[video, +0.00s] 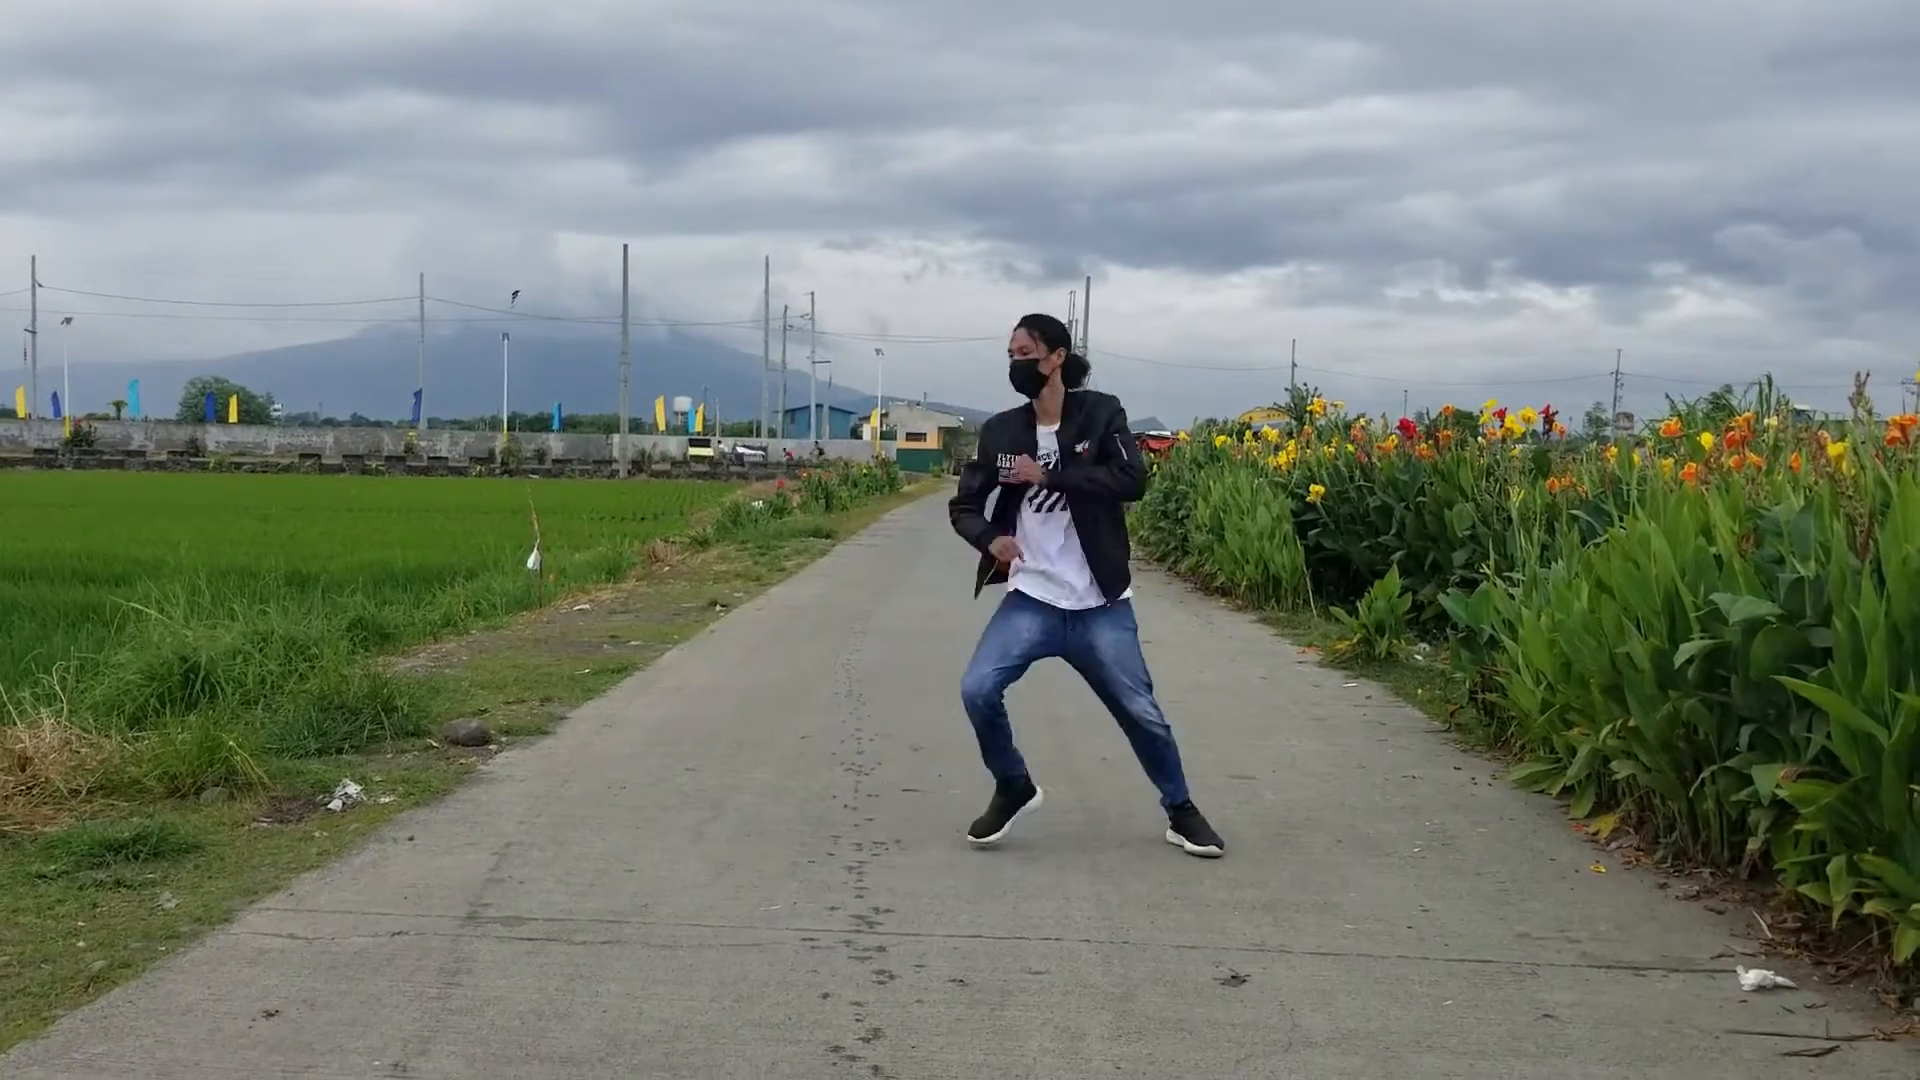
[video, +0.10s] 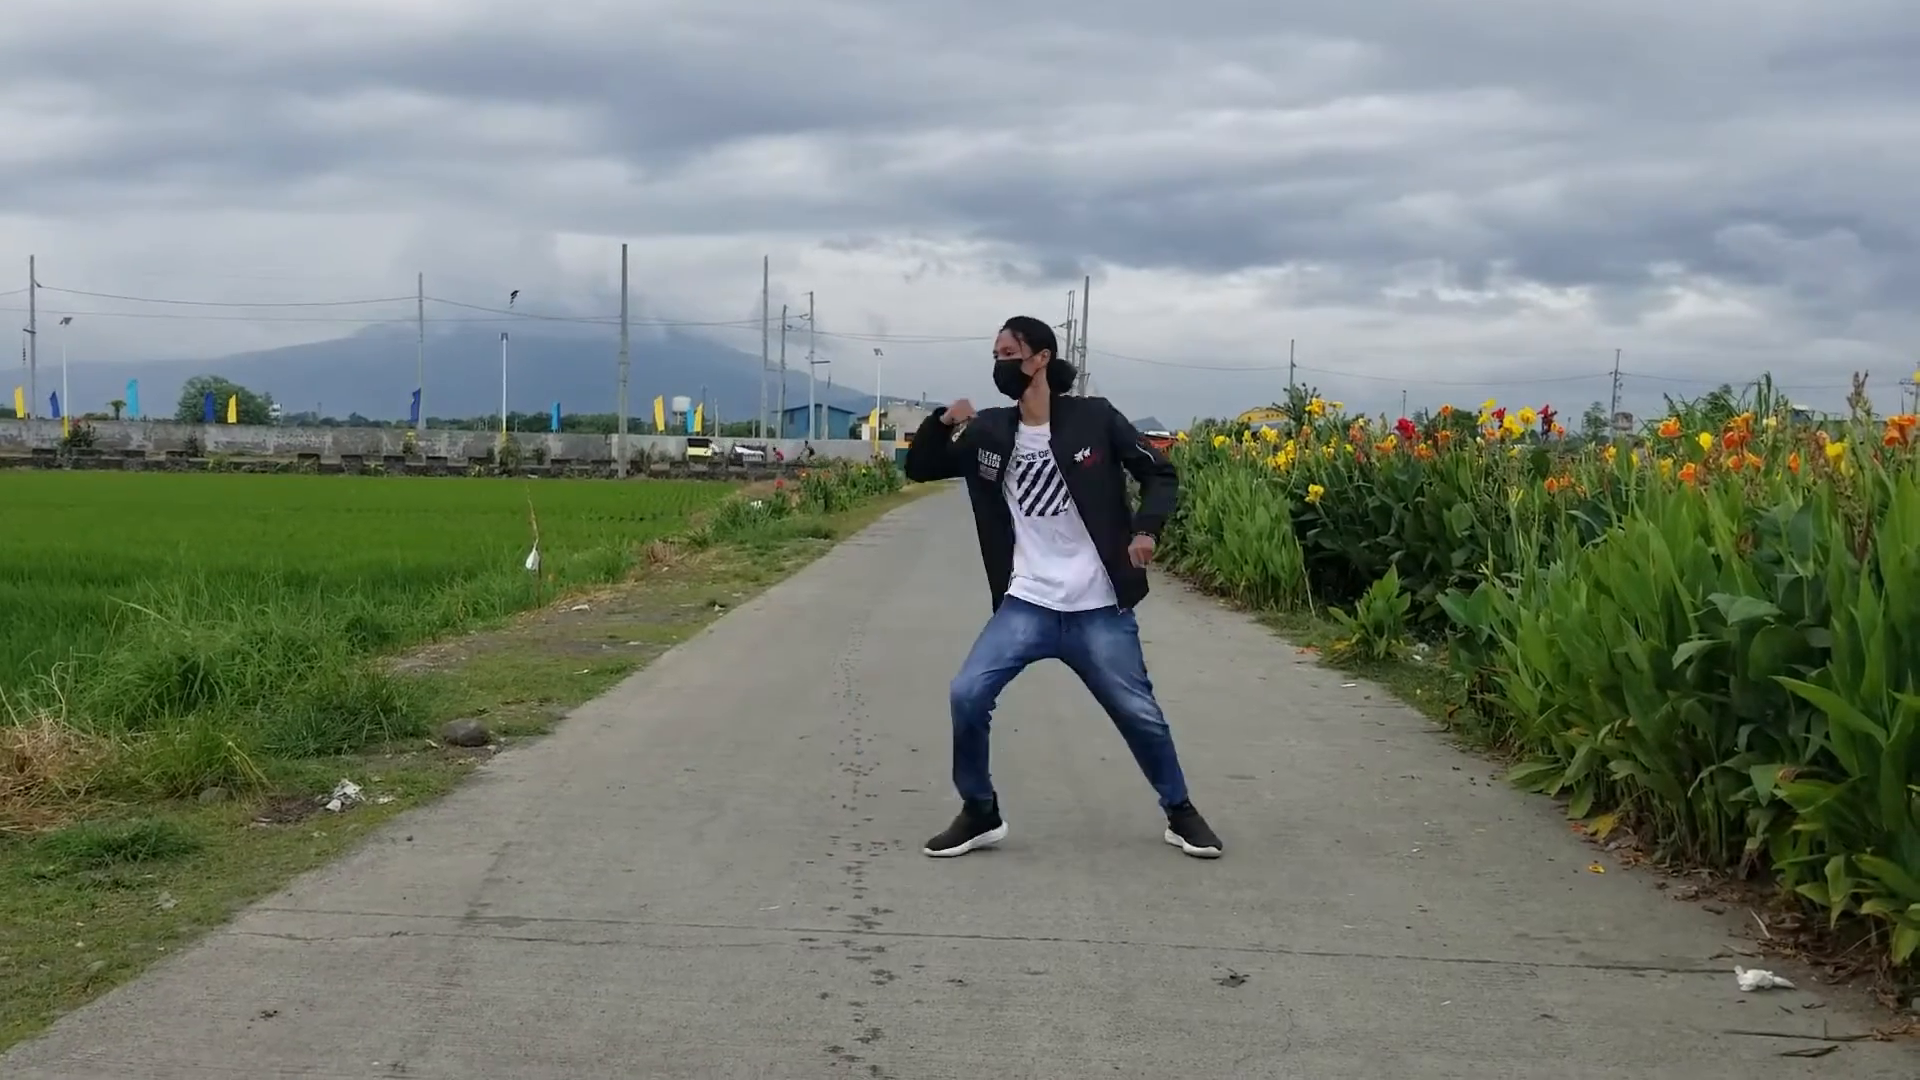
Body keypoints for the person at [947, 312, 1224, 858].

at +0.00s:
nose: (1014, 361)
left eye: (1023, 352)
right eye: (1012, 353)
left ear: (1056, 356)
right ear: (1021, 361)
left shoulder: (1101, 412)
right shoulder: (1001, 430)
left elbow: (1130, 479)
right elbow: (965, 507)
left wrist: (1047, 475)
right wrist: (988, 538)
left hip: (1100, 603)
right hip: (1029, 600)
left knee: (1141, 712)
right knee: (977, 690)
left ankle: (1181, 810)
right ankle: (1013, 787)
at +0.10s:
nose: (999, 365)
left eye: (1008, 355)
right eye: (996, 357)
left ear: (1041, 357)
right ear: (1003, 362)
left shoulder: (1096, 416)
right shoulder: (988, 431)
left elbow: (1159, 474)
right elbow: (921, 468)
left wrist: (1148, 528)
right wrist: (940, 424)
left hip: (1099, 604)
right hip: (1026, 603)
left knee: (1139, 713)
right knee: (967, 692)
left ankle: (1180, 811)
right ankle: (980, 812)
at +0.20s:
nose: (991, 367)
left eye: (1002, 357)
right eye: (987, 359)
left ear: (1032, 361)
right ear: (984, 365)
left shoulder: (1081, 420)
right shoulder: (969, 435)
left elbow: (1140, 468)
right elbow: (898, 449)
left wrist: (1148, 519)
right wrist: (940, 411)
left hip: (1086, 607)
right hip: (1011, 607)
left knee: (1130, 715)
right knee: (958, 703)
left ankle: (1178, 808)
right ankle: (983, 816)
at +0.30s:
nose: (1012, 342)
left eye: (1021, 334)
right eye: (998, 335)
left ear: (1034, 347)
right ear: (981, 352)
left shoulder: (1065, 411)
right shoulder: (961, 414)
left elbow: (1114, 489)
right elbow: (928, 470)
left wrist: (1117, 471)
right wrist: (947, 387)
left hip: (1075, 586)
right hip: (1002, 591)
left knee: (1136, 672)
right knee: (972, 700)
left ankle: (1168, 782)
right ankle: (983, 813)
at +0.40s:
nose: (1029, 337)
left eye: (1030, 328)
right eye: (1016, 330)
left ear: (1033, 339)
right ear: (985, 345)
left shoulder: (1044, 405)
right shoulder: (971, 409)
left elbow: (1066, 486)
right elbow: (1000, 483)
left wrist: (1113, 437)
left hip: (1058, 558)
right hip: (1003, 574)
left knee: (1135, 601)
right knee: (1000, 703)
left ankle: (1146, 728)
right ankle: (949, 801)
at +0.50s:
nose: (1032, 343)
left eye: (1033, 334)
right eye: (1021, 336)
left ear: (1024, 341)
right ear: (989, 346)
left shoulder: (1043, 410)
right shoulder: (974, 414)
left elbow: (1072, 484)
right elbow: (1022, 477)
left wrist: (1127, 456)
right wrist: (1095, 445)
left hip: (1047, 559)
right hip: (996, 578)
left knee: (1133, 568)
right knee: (992, 702)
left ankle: (1129, 696)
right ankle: (941, 806)